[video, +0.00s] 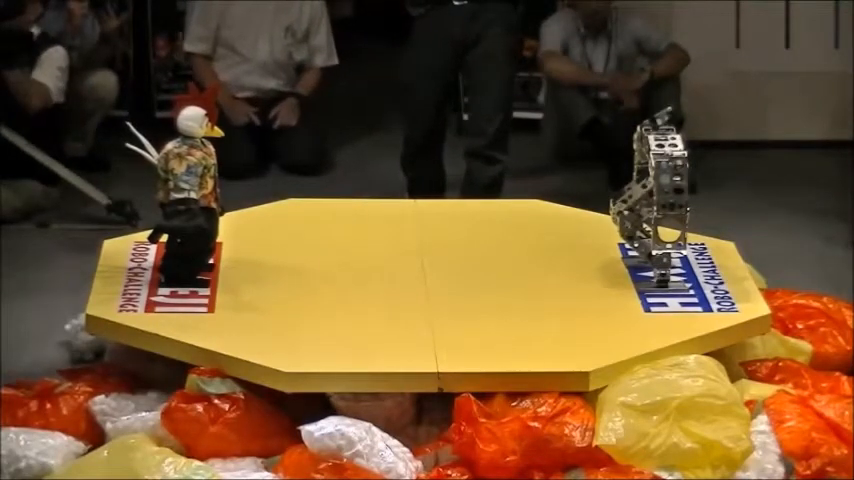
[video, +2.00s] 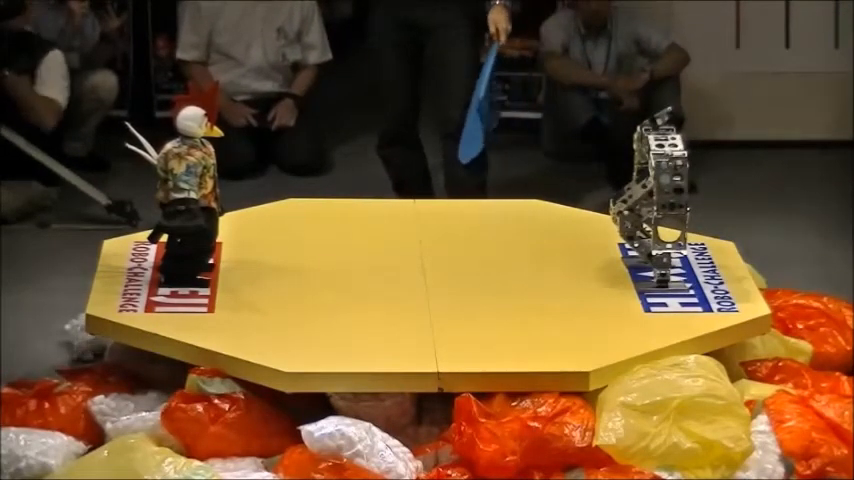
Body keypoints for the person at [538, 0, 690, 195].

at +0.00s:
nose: (597, 8)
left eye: (602, 4)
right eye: (589, 4)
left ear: (610, 5)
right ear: (574, 5)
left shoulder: (628, 25)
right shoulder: (559, 24)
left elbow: (679, 56)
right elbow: (552, 65)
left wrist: (644, 76)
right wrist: (609, 81)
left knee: (666, 80)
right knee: (561, 82)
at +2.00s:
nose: (595, 7)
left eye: (601, 2)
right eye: (588, 2)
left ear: (610, 4)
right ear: (575, 5)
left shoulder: (626, 24)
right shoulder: (557, 26)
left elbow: (679, 56)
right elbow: (555, 67)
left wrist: (644, 76)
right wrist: (612, 84)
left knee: (667, 82)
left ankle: (668, 167)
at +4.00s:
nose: (598, 9)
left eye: (604, 3)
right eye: (590, 3)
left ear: (611, 5)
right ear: (577, 5)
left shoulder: (628, 24)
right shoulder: (562, 22)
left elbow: (679, 56)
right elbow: (551, 64)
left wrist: (643, 76)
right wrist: (608, 83)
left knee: (667, 81)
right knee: (564, 88)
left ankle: (668, 166)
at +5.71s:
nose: (596, 11)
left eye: (602, 4)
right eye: (589, 5)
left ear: (611, 5)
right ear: (576, 6)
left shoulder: (628, 23)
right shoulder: (558, 25)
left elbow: (679, 56)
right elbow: (550, 64)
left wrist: (645, 74)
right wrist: (608, 83)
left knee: (667, 81)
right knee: (562, 86)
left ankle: (672, 158)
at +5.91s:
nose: (597, 11)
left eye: (603, 5)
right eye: (589, 5)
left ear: (613, 6)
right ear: (577, 6)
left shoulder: (629, 22)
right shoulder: (559, 24)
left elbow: (680, 56)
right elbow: (550, 64)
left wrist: (645, 75)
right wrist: (608, 83)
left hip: (627, 108)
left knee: (667, 80)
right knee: (563, 85)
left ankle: (660, 161)